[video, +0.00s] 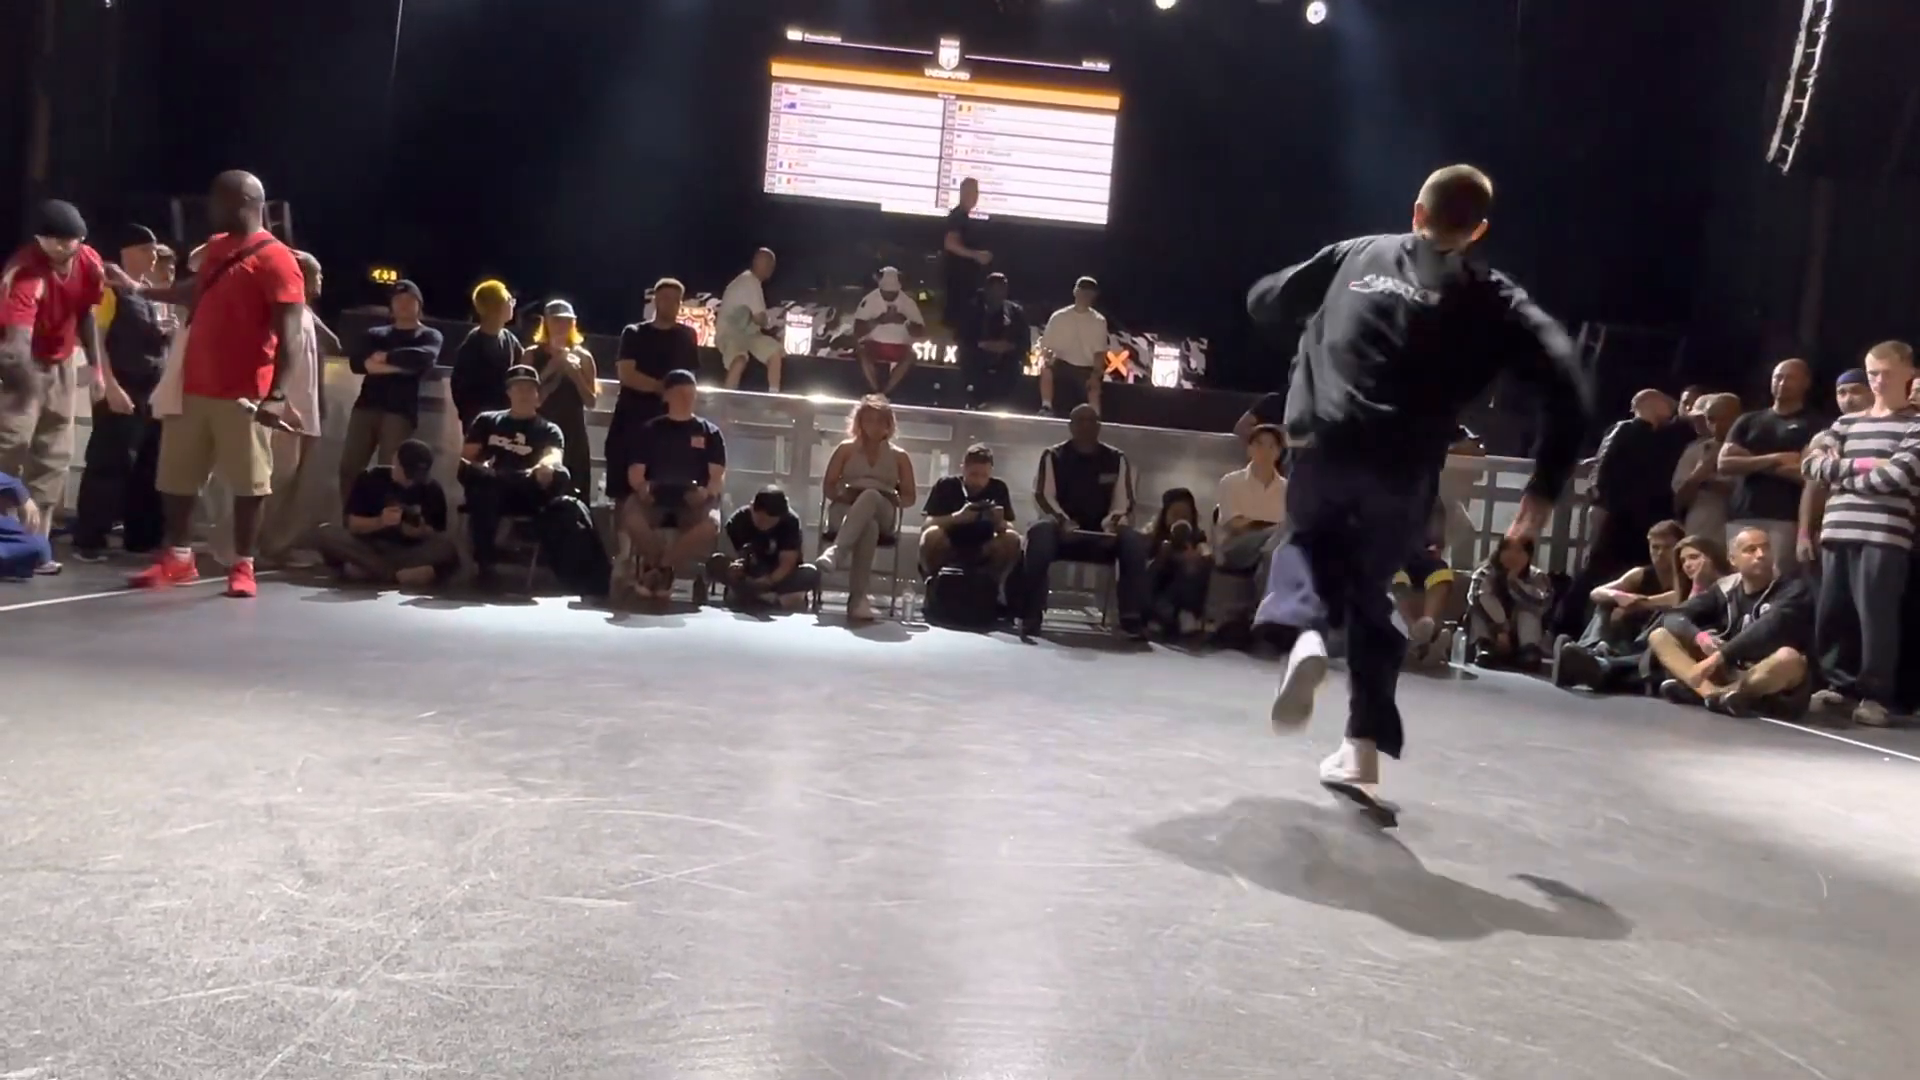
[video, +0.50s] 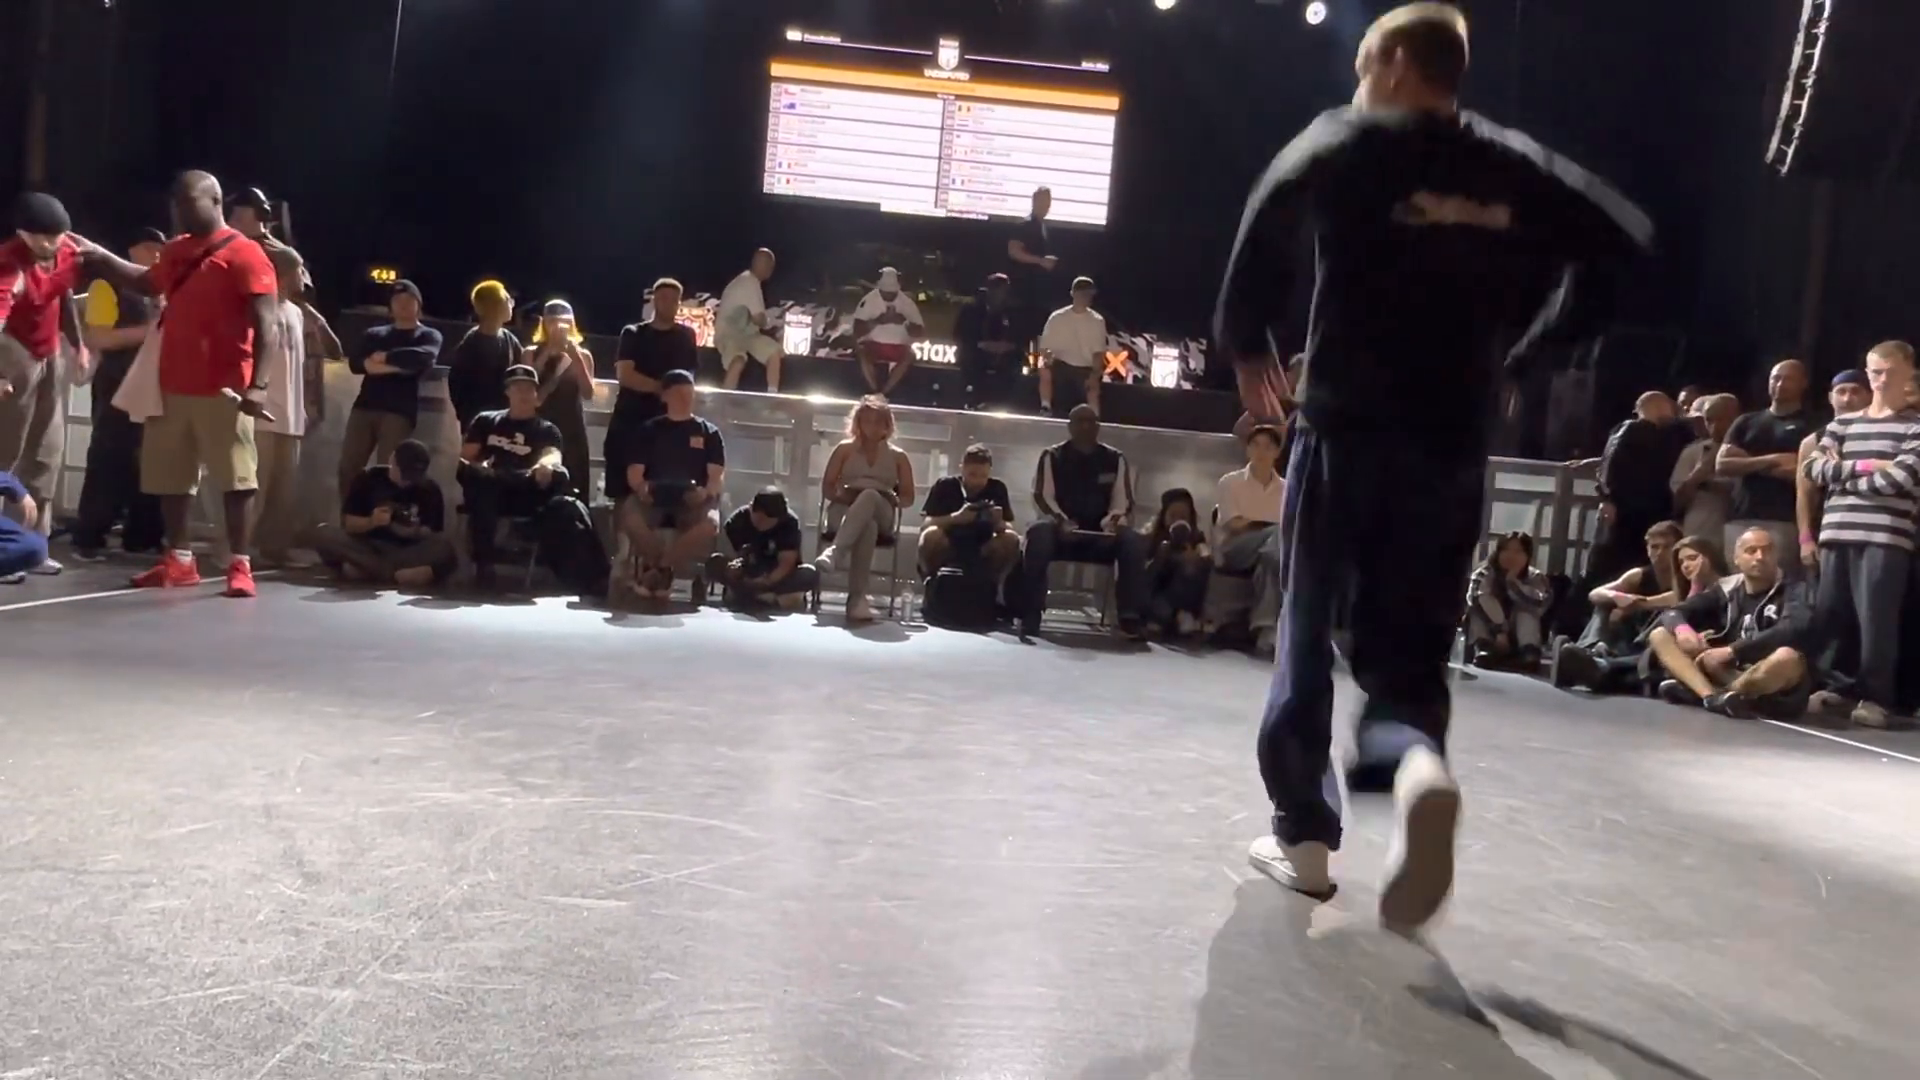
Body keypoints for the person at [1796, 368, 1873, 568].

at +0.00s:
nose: (1848, 398)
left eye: (1856, 391)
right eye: (1842, 392)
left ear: (1872, 392)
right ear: (1836, 398)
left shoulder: (1886, 433)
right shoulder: (1830, 433)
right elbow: (1812, 484)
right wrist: (1804, 534)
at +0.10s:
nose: (1846, 399)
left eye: (1854, 391)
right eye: (1840, 393)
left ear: (1871, 393)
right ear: (1834, 398)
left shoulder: (1887, 435)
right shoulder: (1821, 438)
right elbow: (1808, 487)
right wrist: (1803, 534)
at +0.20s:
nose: (1846, 399)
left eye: (1854, 392)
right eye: (1840, 393)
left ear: (1870, 394)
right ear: (1833, 398)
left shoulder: (1885, 437)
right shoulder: (1817, 440)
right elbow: (1806, 488)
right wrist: (1804, 535)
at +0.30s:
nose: (1846, 399)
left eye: (1854, 392)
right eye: (1840, 393)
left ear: (1869, 395)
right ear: (1832, 398)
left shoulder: (1885, 438)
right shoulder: (1814, 442)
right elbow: (1805, 490)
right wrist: (1805, 536)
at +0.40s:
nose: (1847, 399)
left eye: (1855, 391)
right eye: (1840, 392)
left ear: (1869, 396)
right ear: (1832, 398)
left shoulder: (1883, 439)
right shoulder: (1813, 442)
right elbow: (1805, 490)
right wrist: (1805, 537)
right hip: (1828, 531)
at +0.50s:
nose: (1847, 398)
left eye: (1855, 391)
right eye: (1841, 392)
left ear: (1869, 396)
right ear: (1831, 398)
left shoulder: (1882, 440)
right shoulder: (1813, 442)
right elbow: (1804, 492)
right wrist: (1806, 539)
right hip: (1828, 535)